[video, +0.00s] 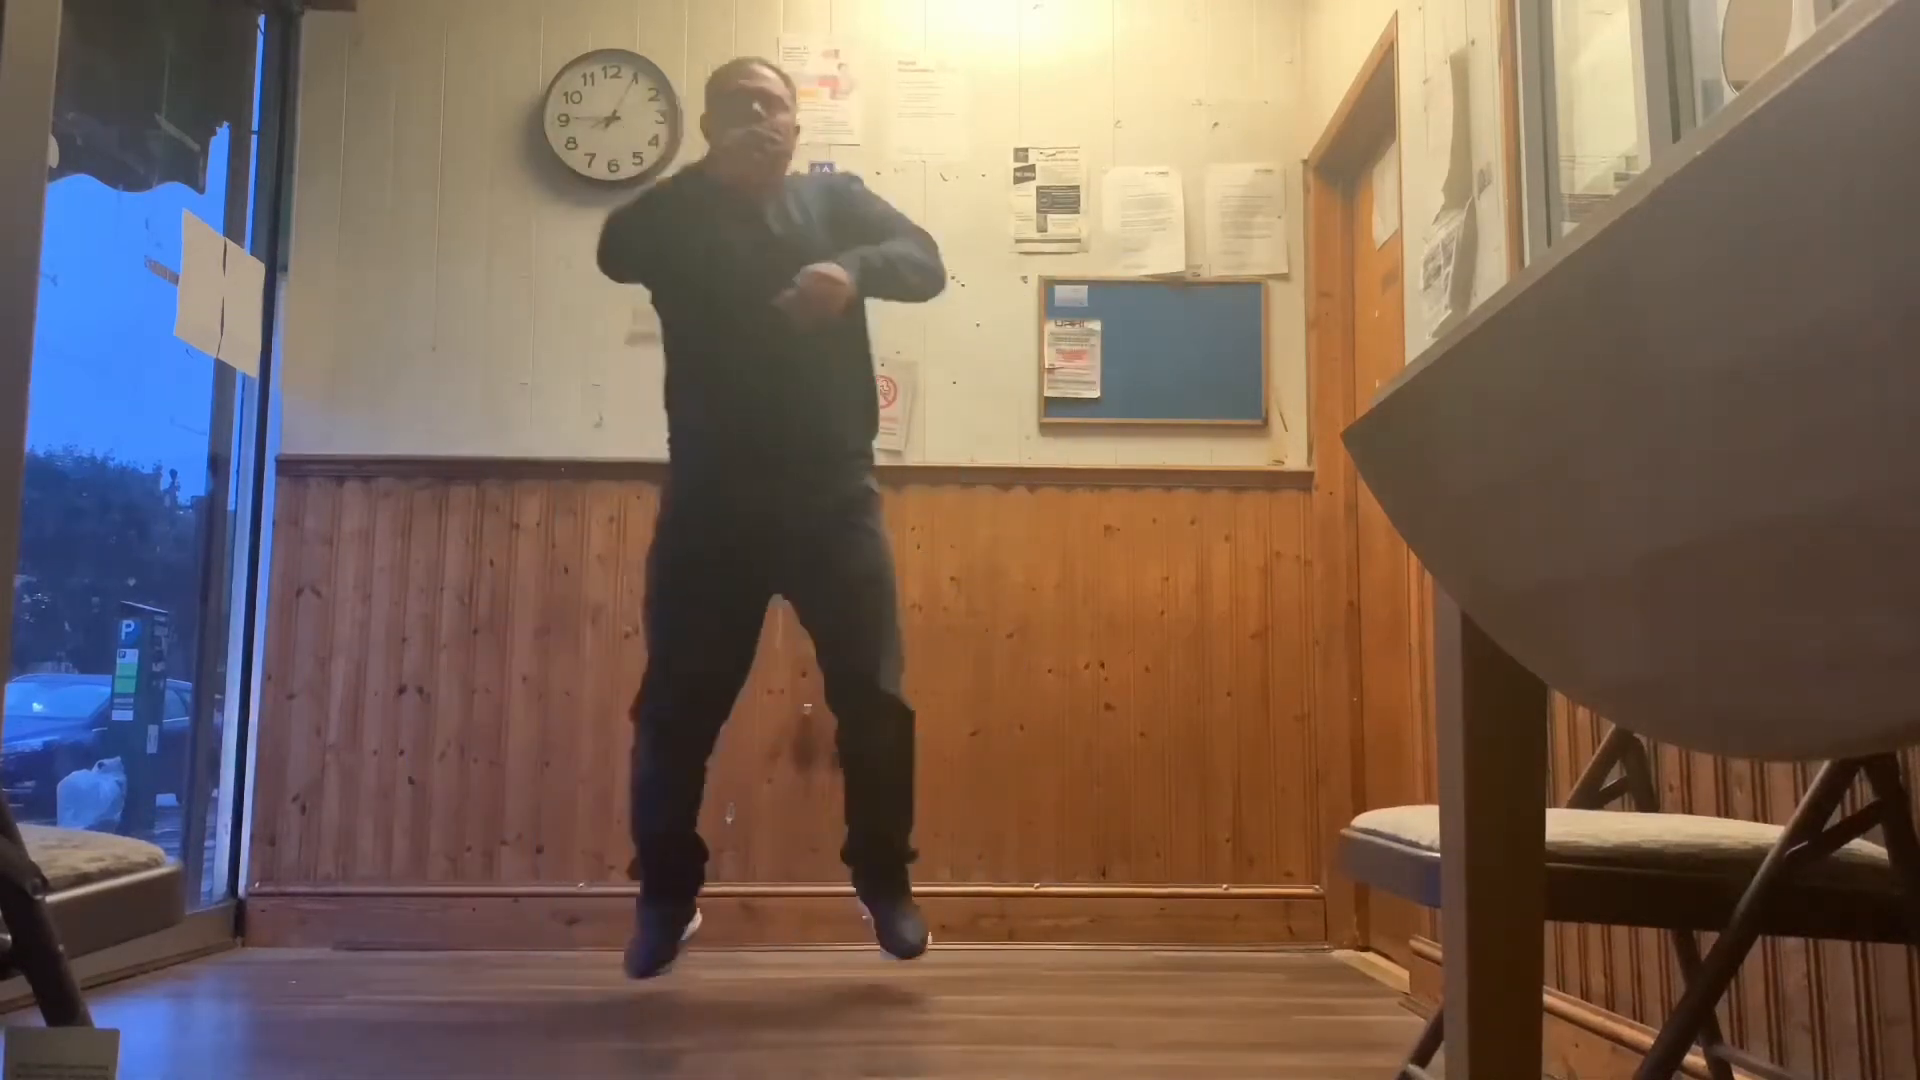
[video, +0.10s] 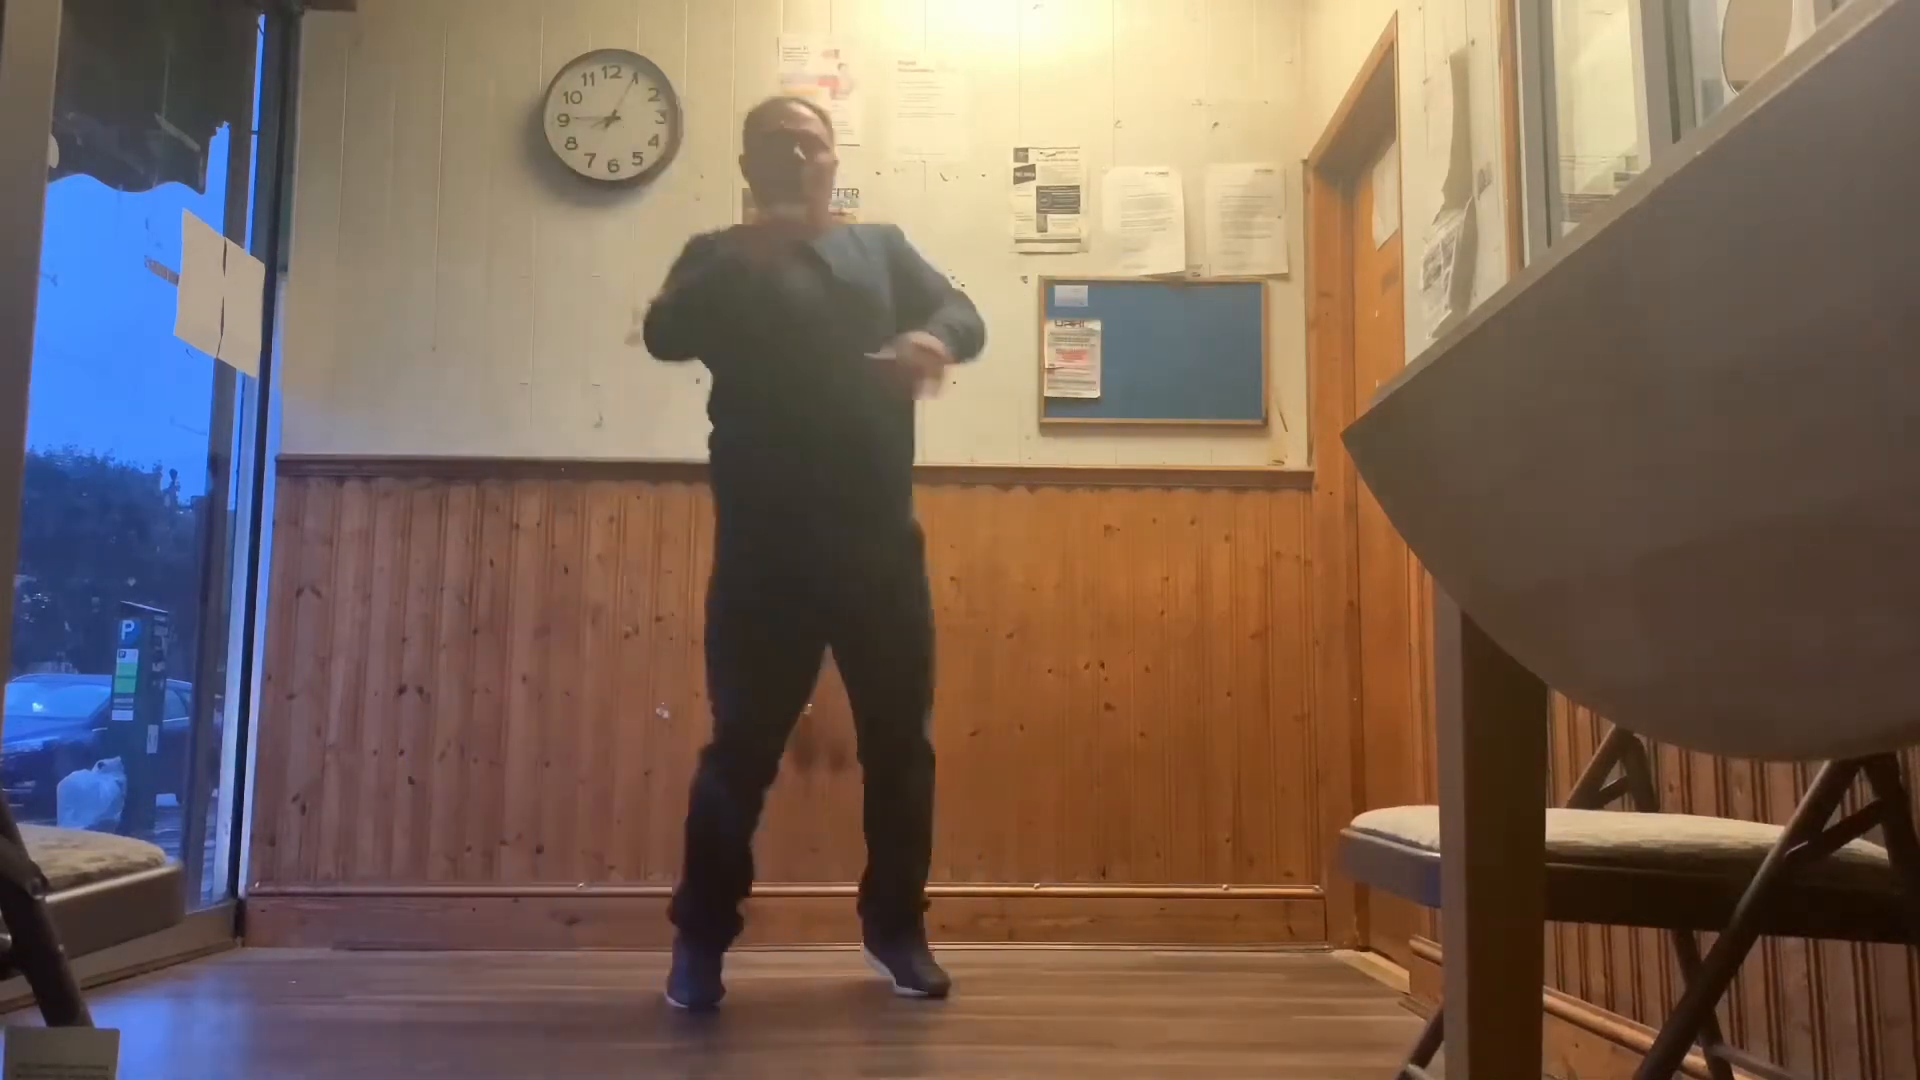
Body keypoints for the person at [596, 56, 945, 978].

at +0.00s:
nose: (763, 118)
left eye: (776, 105)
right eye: (743, 107)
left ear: (797, 124)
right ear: (708, 128)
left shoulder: (837, 199)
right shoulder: (680, 214)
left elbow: (927, 263)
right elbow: (616, 252)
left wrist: (852, 270)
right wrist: (705, 174)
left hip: (833, 499)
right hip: (713, 504)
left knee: (875, 694)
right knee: (676, 708)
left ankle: (885, 879)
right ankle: (665, 893)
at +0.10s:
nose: (802, 155)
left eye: (815, 141)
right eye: (783, 142)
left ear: (837, 161)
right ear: (747, 163)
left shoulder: (882, 250)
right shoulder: (717, 257)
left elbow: (965, 318)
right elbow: (665, 338)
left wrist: (936, 341)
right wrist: (746, 255)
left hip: (878, 545)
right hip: (766, 550)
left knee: (902, 744)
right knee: (743, 753)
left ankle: (896, 927)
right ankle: (700, 945)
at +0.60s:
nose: (918, 199)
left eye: (933, 190)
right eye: (898, 187)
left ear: (953, 224)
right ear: (861, 217)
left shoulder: (990, 318)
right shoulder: (807, 329)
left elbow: (1073, 411)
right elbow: (718, 418)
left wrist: (1159, 492)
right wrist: (628, 491)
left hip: (982, 574)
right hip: (875, 583)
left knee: (1035, 771)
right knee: (960, 760)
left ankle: (962, 919)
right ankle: (1041, 966)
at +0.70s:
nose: (899, 200)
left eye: (915, 188)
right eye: (883, 189)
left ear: (945, 216)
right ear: (856, 218)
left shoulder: (986, 327)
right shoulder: (808, 323)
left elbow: (1028, 444)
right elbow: (751, 439)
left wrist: (1046, 520)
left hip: (957, 567)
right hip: (849, 572)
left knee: (991, 753)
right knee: (893, 717)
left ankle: (963, 941)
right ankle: (951, 938)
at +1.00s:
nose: (805, 162)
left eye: (828, 153)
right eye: (794, 152)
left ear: (864, 186)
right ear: (774, 175)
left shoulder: (887, 255)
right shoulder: (736, 268)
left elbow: (881, 244)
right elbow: (671, 380)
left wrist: (771, 195)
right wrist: (711, 358)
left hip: (843, 529)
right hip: (739, 526)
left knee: (849, 730)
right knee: (688, 724)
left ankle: (873, 909)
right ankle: (686, 919)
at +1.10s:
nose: (761, 208)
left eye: (785, 200)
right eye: (751, 200)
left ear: (834, 231)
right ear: (741, 225)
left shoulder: (836, 291)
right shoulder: (714, 329)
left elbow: (824, 260)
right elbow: (647, 428)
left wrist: (720, 263)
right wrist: (667, 367)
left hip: (786, 570)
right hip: (692, 567)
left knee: (765, 765)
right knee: (663, 769)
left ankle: (854, 912)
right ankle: (690, 940)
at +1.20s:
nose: (737, 242)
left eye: (758, 229)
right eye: (730, 224)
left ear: (798, 245)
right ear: (717, 233)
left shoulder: (813, 313)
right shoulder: (696, 339)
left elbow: (794, 376)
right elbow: (607, 409)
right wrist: (619, 344)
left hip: (750, 585)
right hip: (659, 578)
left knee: (694, 777)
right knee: (620, 778)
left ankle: (836, 876)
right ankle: (687, 942)